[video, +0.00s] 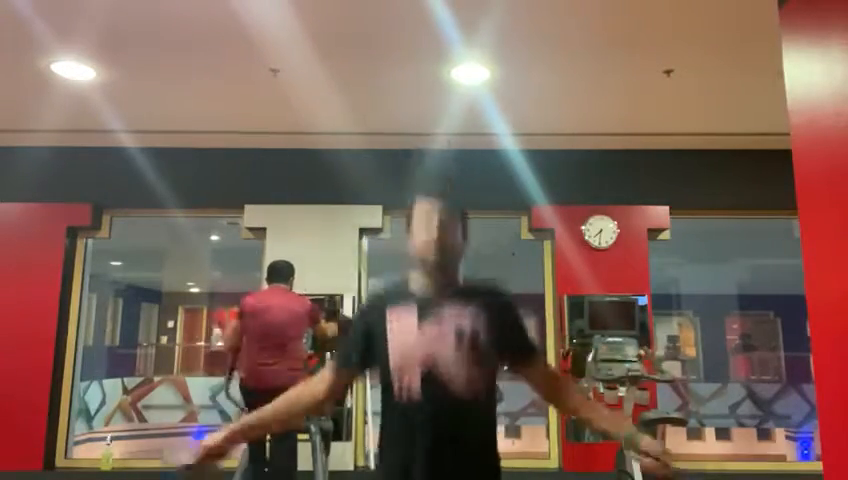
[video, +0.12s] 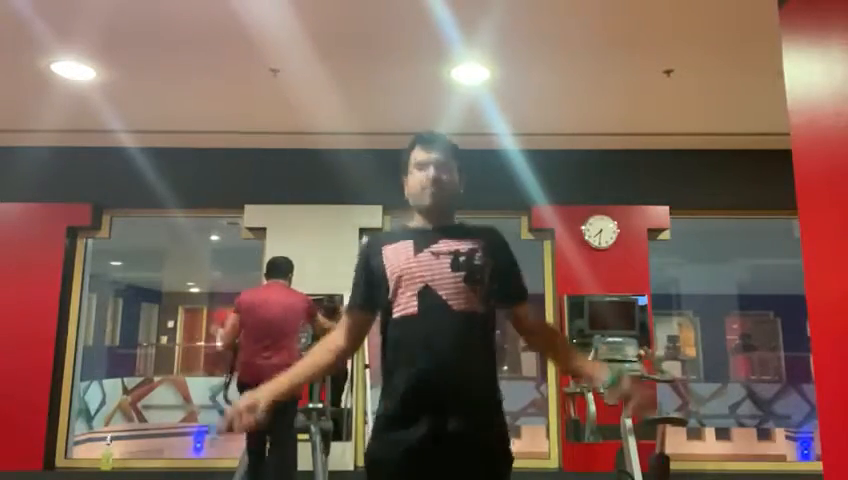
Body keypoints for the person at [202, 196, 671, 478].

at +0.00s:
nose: (431, 239)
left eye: (443, 227)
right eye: (420, 227)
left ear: (463, 236)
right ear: (405, 235)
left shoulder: (490, 307)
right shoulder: (379, 312)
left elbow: (550, 384)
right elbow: (323, 389)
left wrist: (629, 435)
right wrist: (239, 431)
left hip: (472, 469)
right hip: (398, 468)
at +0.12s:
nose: (433, 174)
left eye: (443, 167)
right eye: (421, 167)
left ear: (459, 184)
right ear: (405, 185)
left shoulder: (487, 244)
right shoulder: (379, 252)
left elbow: (532, 327)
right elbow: (342, 340)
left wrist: (592, 370)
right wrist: (268, 394)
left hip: (477, 429)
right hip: (400, 431)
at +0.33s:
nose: (426, 203)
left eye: (436, 195)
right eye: (417, 195)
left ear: (454, 208)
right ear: (400, 209)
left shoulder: (487, 267)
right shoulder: (377, 275)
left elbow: (556, 338)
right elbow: (330, 358)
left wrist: (641, 353)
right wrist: (245, 388)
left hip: (477, 452)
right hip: (401, 453)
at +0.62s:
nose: (432, 172)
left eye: (443, 164)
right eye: (420, 165)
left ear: (459, 180)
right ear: (404, 183)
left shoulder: (489, 243)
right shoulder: (380, 251)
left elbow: (538, 333)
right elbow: (346, 343)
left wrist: (605, 387)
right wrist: (271, 404)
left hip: (477, 435)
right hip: (400, 438)